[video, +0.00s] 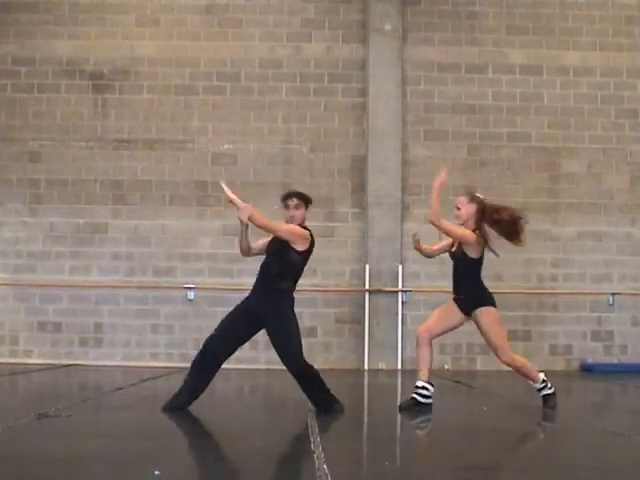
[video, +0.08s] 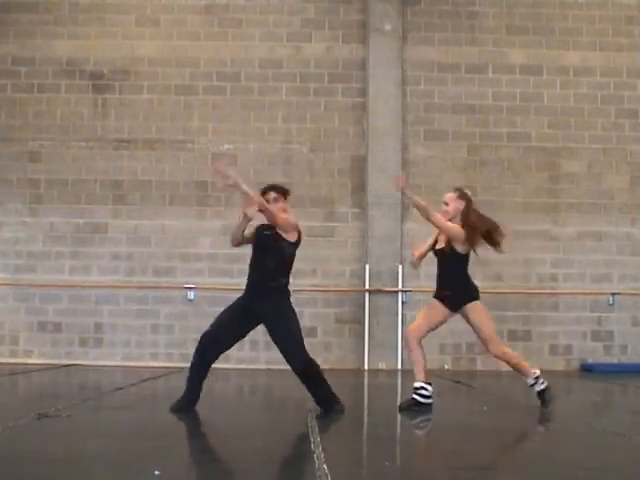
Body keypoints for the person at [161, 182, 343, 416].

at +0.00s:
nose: (292, 213)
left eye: (297, 208)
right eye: (288, 208)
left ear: (306, 212)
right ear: (284, 211)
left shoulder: (302, 236)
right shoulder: (279, 237)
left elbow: (265, 224)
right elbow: (246, 251)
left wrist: (240, 204)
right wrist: (244, 225)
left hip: (278, 309)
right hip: (254, 305)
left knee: (295, 363)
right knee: (214, 348)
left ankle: (329, 405)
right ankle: (182, 399)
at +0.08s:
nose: (270, 205)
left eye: (275, 200)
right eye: (266, 201)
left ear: (286, 203)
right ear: (262, 204)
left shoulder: (291, 228)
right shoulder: (260, 229)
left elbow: (264, 208)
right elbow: (236, 240)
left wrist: (238, 182)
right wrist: (245, 218)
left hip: (276, 305)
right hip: (250, 303)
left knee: (298, 359)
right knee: (208, 343)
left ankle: (331, 405)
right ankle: (189, 399)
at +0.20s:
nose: (230, 198)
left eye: (235, 193)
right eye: (225, 194)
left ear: (244, 195)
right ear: (220, 198)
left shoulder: (253, 216)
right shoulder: (216, 223)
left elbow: (280, 214)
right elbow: (214, 250)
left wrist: (306, 207)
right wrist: (247, 241)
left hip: (264, 295)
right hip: (233, 297)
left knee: (300, 346)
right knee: (205, 341)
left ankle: (335, 402)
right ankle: (201, 400)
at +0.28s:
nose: (211, 198)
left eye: (215, 193)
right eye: (206, 193)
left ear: (225, 194)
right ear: (200, 197)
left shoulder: (241, 219)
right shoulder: (196, 223)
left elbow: (280, 234)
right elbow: (193, 263)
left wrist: (317, 245)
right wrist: (225, 265)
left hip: (247, 290)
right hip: (218, 292)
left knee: (286, 334)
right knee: (198, 337)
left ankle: (322, 377)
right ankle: (201, 399)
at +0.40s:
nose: (204, 193)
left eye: (209, 187)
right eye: (200, 188)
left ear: (216, 191)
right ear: (193, 191)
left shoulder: (229, 219)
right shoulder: (180, 219)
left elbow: (241, 252)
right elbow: (164, 249)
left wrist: (254, 275)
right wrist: (170, 280)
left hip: (226, 288)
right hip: (197, 289)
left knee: (245, 330)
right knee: (188, 341)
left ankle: (241, 360)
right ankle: (198, 399)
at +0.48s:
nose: (210, 186)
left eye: (214, 182)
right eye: (205, 181)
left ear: (219, 186)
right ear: (196, 183)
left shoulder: (224, 215)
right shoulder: (176, 212)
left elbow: (219, 251)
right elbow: (149, 238)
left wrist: (219, 283)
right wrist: (139, 266)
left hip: (212, 285)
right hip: (187, 286)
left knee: (212, 340)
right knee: (192, 342)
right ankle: (193, 402)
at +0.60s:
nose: (222, 188)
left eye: (224, 183)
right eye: (219, 183)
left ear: (210, 185)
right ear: (202, 183)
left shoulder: (205, 209)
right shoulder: (182, 204)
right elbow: (141, 214)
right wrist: (105, 224)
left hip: (183, 281)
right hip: (168, 279)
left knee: (177, 336)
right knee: (174, 335)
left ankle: (152, 390)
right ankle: (133, 386)